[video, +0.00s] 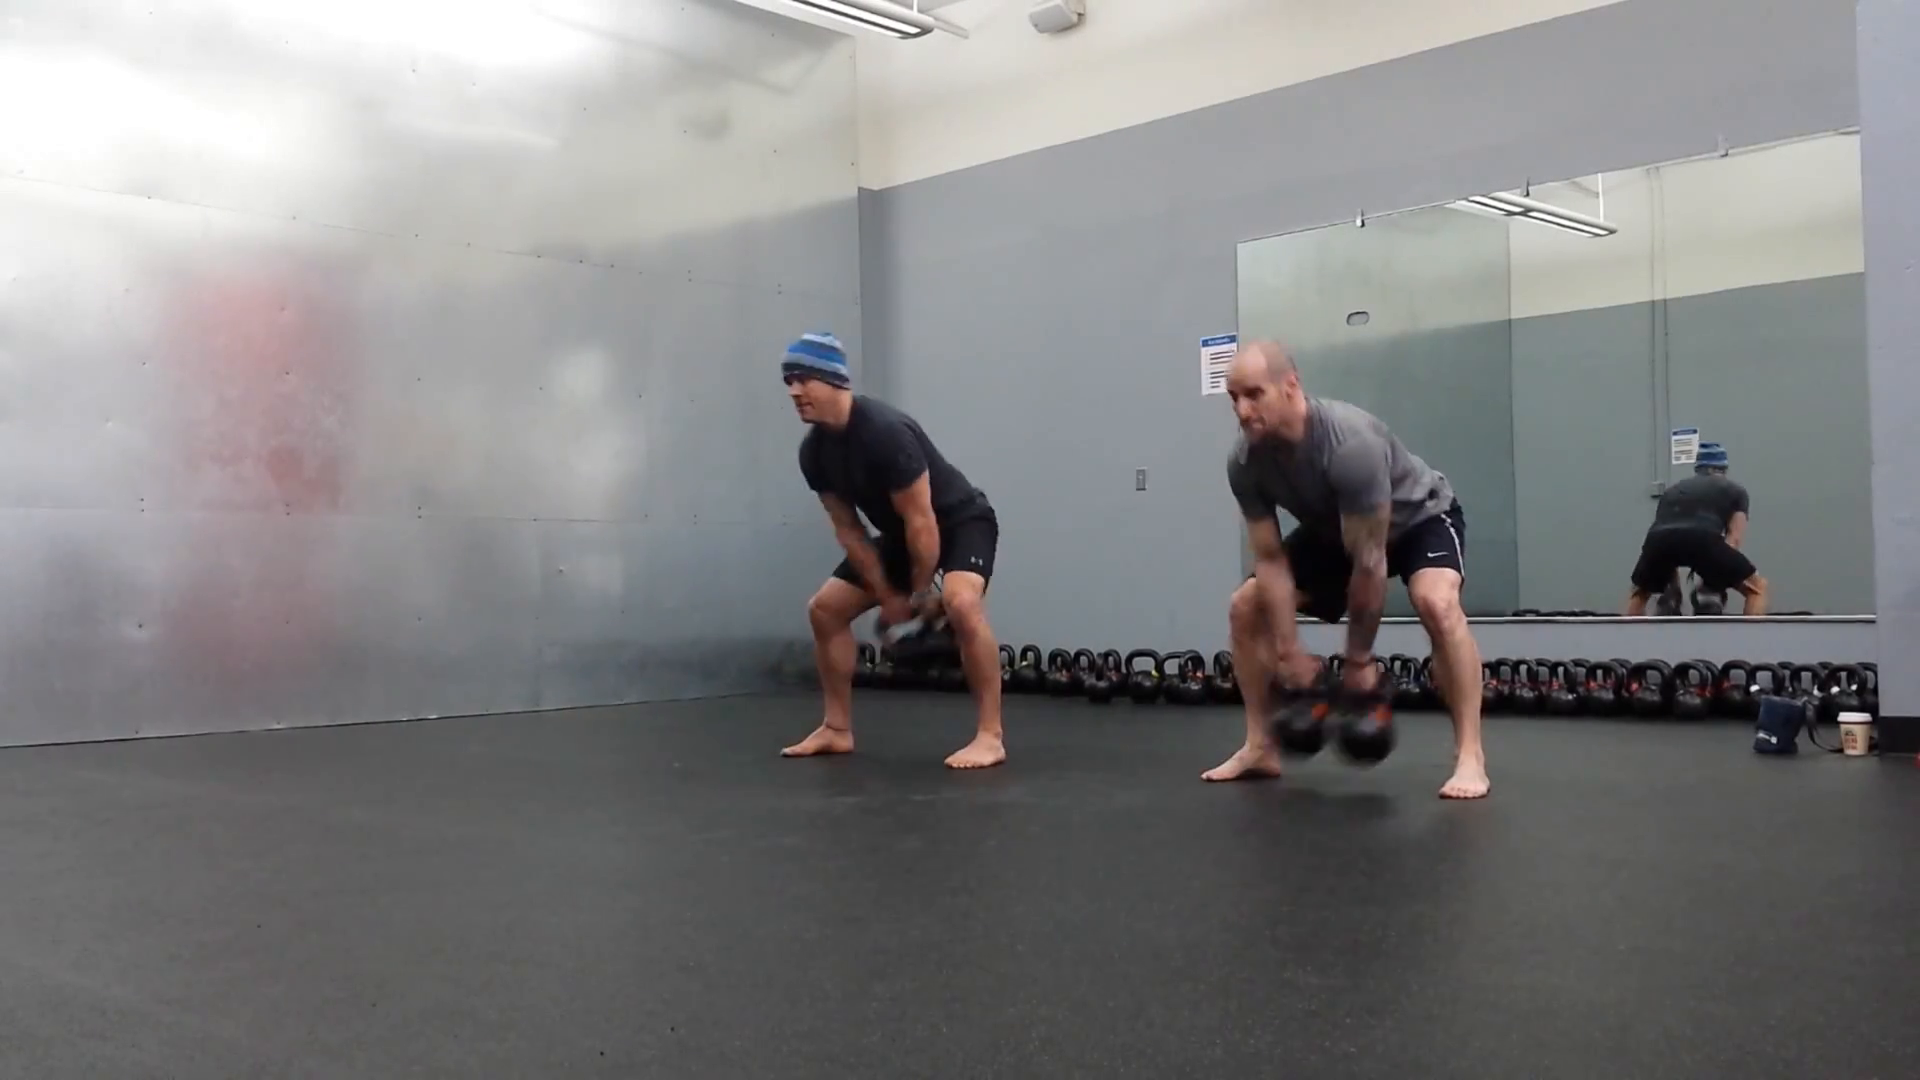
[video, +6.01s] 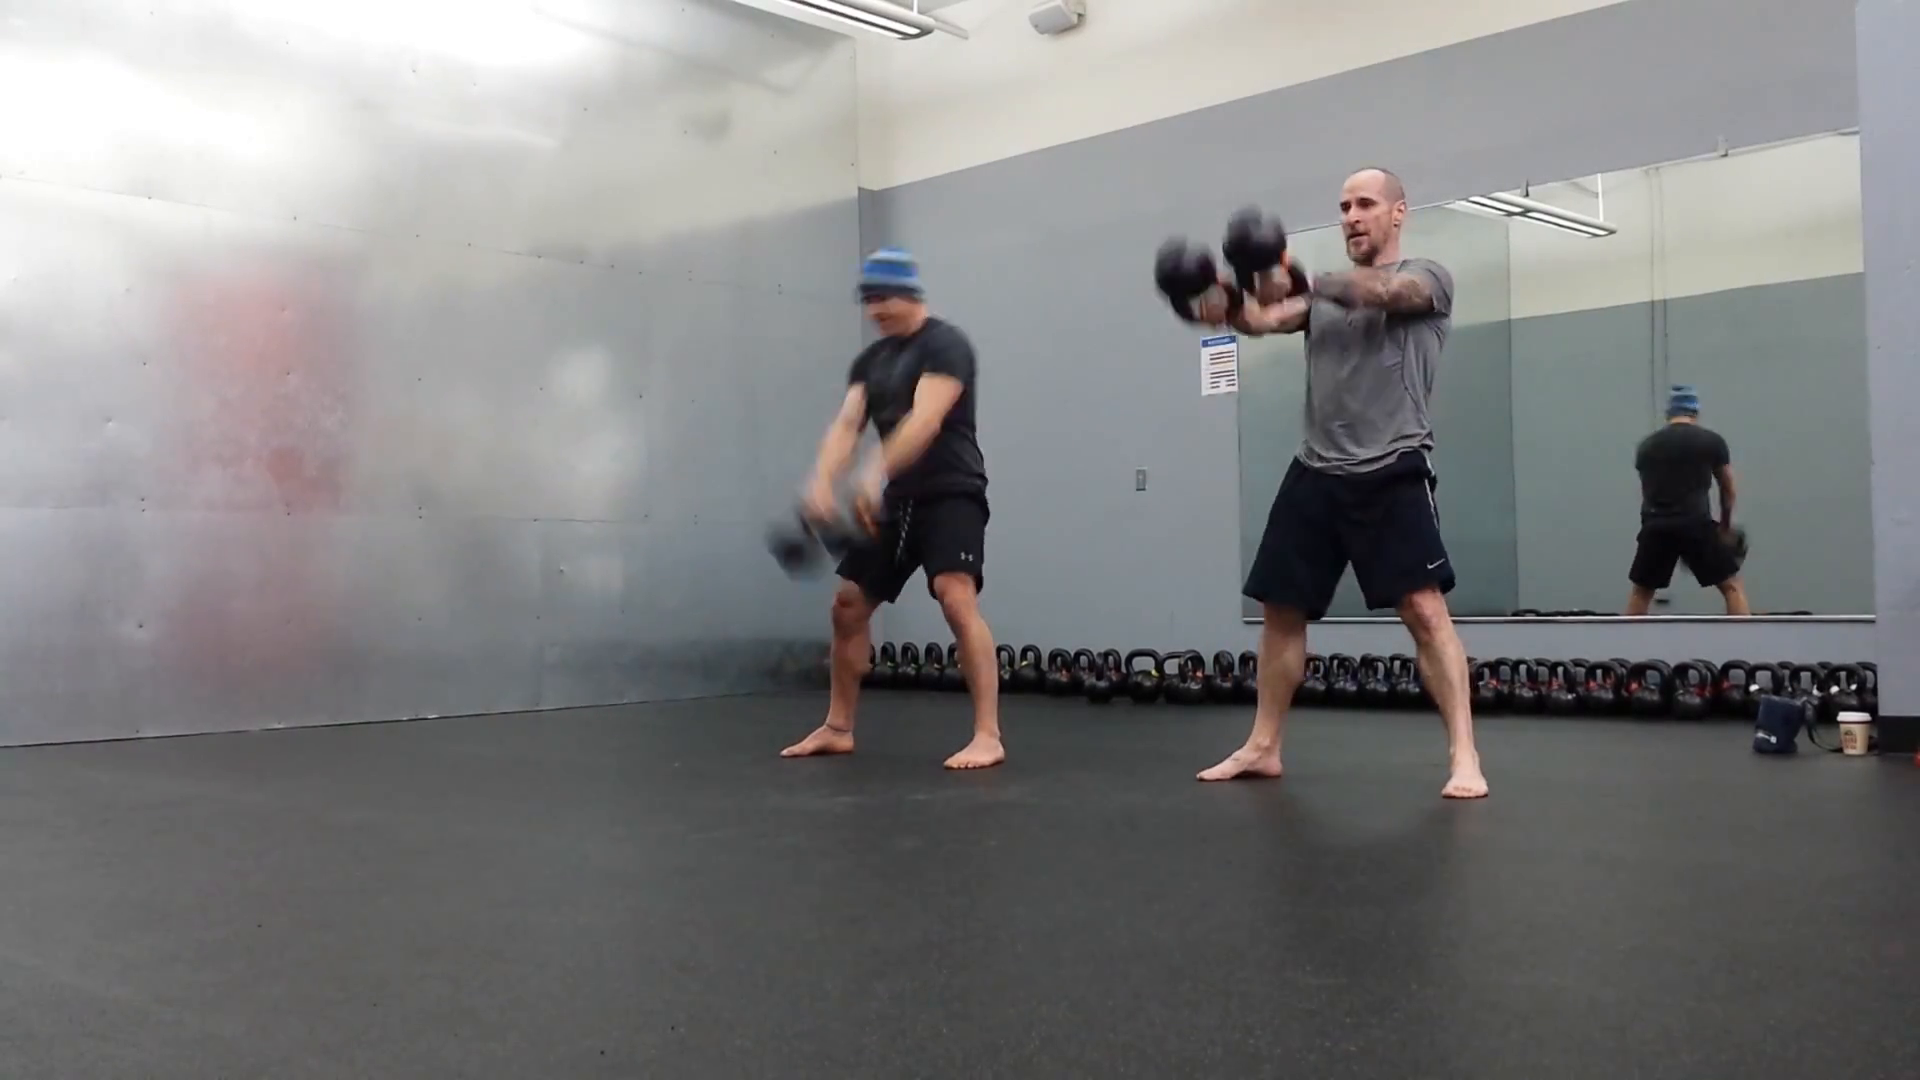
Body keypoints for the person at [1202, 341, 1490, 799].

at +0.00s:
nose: (1242, 410)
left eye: (1253, 394)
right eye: (1234, 398)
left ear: (1291, 387)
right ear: (1231, 400)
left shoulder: (1353, 445)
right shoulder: (1246, 464)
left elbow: (1370, 564)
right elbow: (1269, 558)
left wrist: (1358, 660)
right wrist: (1289, 650)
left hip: (1419, 517)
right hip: (1337, 528)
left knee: (1436, 602)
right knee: (1247, 607)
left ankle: (1470, 756)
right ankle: (1260, 746)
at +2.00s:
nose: (1317, 233)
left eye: (1331, 220)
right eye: (1312, 223)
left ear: (1366, 228)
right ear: (1307, 235)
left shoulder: (1401, 310)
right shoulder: (1298, 318)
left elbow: (1390, 414)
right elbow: (1282, 411)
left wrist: (1355, 490)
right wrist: (1280, 496)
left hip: (1403, 472)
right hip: (1331, 473)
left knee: (1441, 597)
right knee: (1257, 602)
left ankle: (1467, 756)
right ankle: (1261, 742)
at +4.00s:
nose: (1332, 208)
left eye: (1346, 196)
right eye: (1326, 198)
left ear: (1383, 207)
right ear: (1320, 211)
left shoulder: (1412, 286)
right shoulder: (1302, 296)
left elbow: (1386, 345)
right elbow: (1256, 367)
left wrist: (1348, 273)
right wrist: (1271, 280)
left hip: (1372, 474)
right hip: (1295, 474)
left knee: (1415, 614)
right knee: (1287, 618)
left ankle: (1461, 758)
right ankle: (1265, 747)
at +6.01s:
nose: (1351, 217)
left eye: (1364, 204)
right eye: (1345, 208)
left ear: (1399, 212)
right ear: (1339, 222)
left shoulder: (1430, 278)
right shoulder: (1328, 290)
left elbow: (1385, 293)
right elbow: (1262, 316)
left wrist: (1307, 281)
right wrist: (1211, 299)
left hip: (1393, 472)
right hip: (1315, 474)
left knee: (1426, 613)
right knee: (1281, 608)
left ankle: (1464, 756)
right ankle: (1263, 745)